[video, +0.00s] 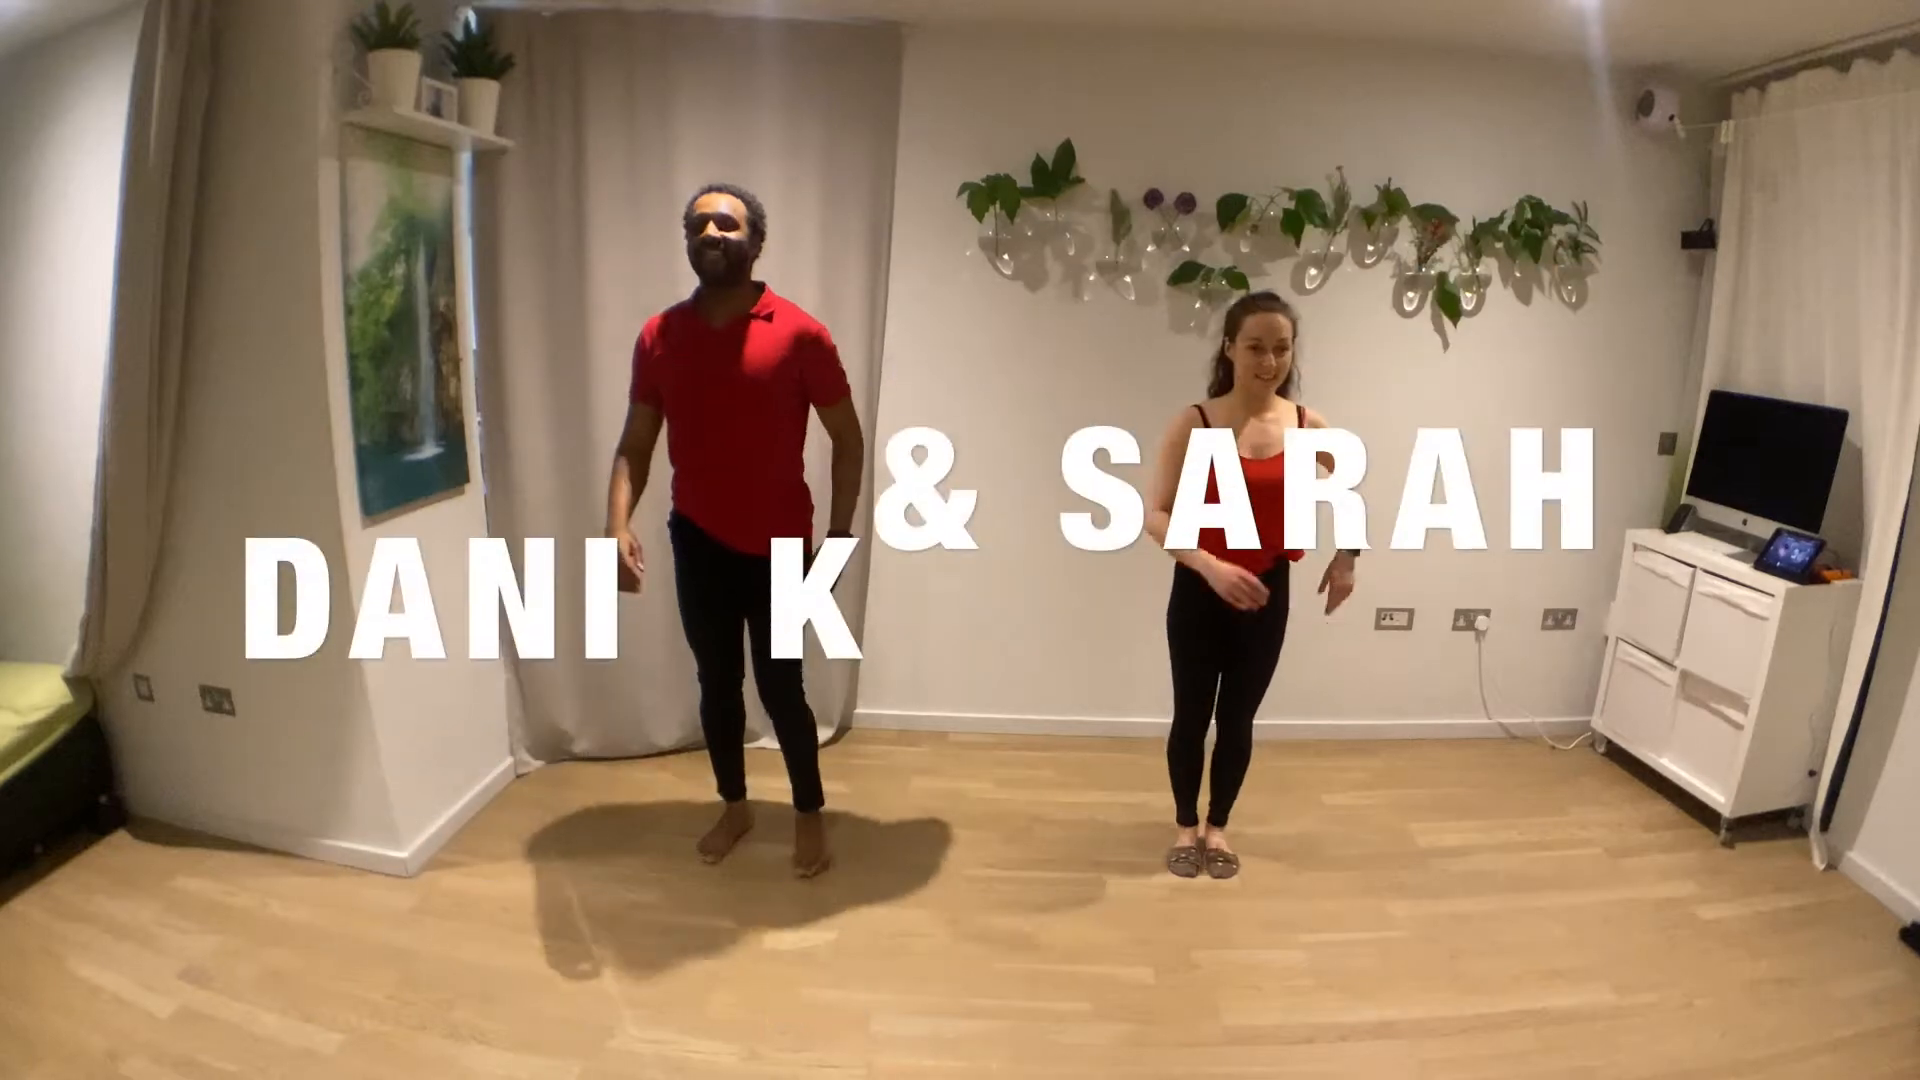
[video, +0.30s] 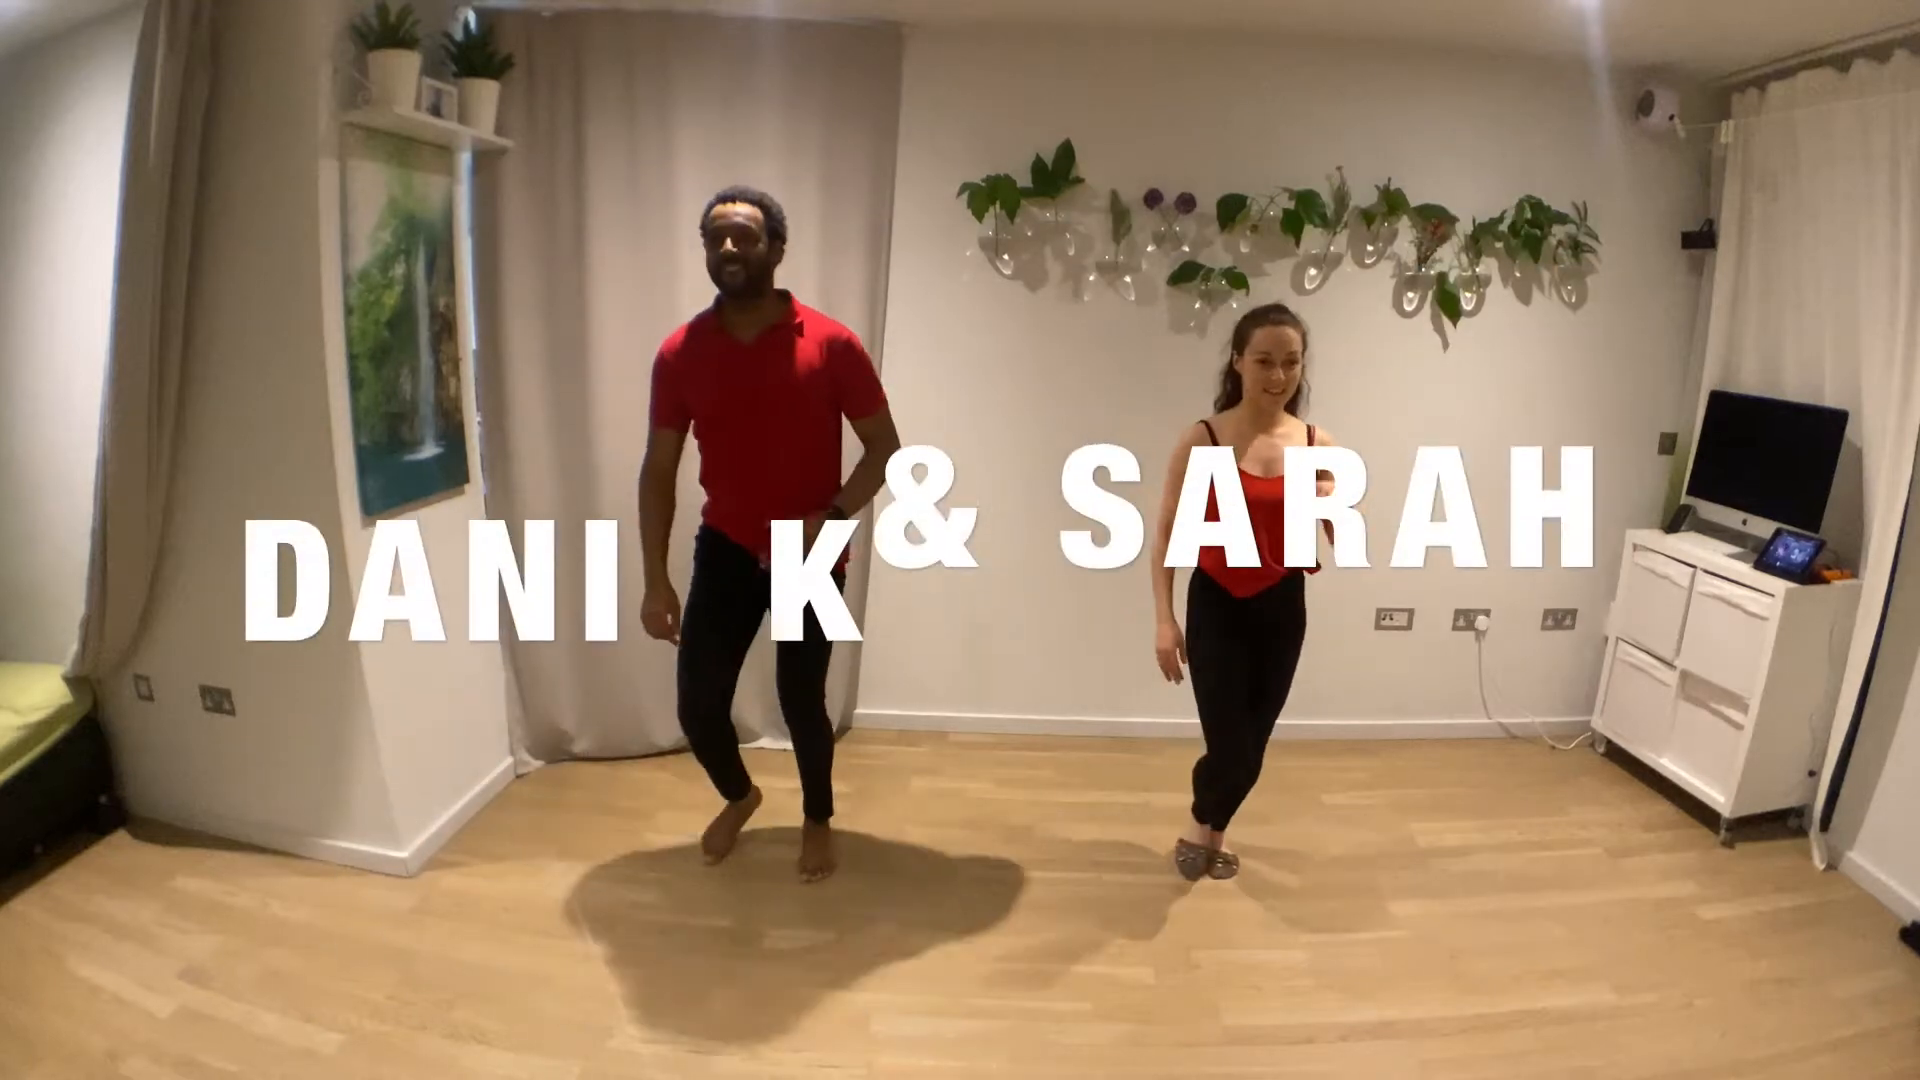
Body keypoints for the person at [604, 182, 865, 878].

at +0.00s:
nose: (712, 232)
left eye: (728, 223)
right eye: (700, 224)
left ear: (756, 243)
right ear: (685, 244)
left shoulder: (799, 334)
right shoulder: (661, 336)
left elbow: (848, 440)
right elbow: (636, 445)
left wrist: (839, 538)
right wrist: (619, 524)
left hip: (780, 541)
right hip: (700, 535)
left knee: (779, 687)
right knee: (717, 680)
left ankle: (808, 814)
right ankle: (733, 805)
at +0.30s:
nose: (726, 248)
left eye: (743, 236)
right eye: (715, 237)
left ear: (776, 249)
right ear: (703, 251)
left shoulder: (829, 345)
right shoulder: (683, 352)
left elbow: (883, 444)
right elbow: (659, 470)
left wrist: (839, 513)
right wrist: (655, 579)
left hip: (812, 548)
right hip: (728, 546)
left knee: (801, 698)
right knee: (698, 708)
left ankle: (817, 821)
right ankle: (740, 794)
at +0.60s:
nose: (735, 251)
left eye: (753, 237)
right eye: (723, 238)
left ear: (790, 250)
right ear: (709, 252)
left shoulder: (834, 358)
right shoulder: (685, 345)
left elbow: (870, 491)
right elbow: (667, 421)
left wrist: (770, 556)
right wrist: (680, 508)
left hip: (826, 577)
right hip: (740, 577)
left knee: (820, 716)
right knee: (759, 757)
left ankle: (815, 823)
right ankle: (812, 909)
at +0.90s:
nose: (722, 250)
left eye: (743, 234)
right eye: (709, 234)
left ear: (781, 248)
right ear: (695, 248)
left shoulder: (825, 362)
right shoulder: (681, 364)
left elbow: (900, 492)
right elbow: (665, 477)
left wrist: (823, 603)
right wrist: (660, 487)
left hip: (807, 620)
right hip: (712, 615)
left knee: (802, 794)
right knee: (752, 802)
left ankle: (847, 842)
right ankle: (824, 942)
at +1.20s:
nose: (695, 263)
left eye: (718, 246)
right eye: (681, 245)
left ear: (758, 257)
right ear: (664, 256)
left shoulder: (815, 378)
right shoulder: (636, 387)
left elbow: (902, 503)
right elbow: (626, 515)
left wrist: (795, 580)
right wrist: (612, 618)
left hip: (763, 653)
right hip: (670, 647)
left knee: (690, 863)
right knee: (715, 838)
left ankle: (702, 1052)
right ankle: (828, 949)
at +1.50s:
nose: (666, 261)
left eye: (689, 246)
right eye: (652, 243)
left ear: (730, 262)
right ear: (634, 255)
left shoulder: (776, 395)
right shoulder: (612, 380)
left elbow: (839, 558)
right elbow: (610, 504)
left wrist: (784, 699)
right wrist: (594, 603)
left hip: (735, 671)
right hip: (639, 658)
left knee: (672, 874)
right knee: (619, 866)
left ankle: (699, 1059)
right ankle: (713, 898)